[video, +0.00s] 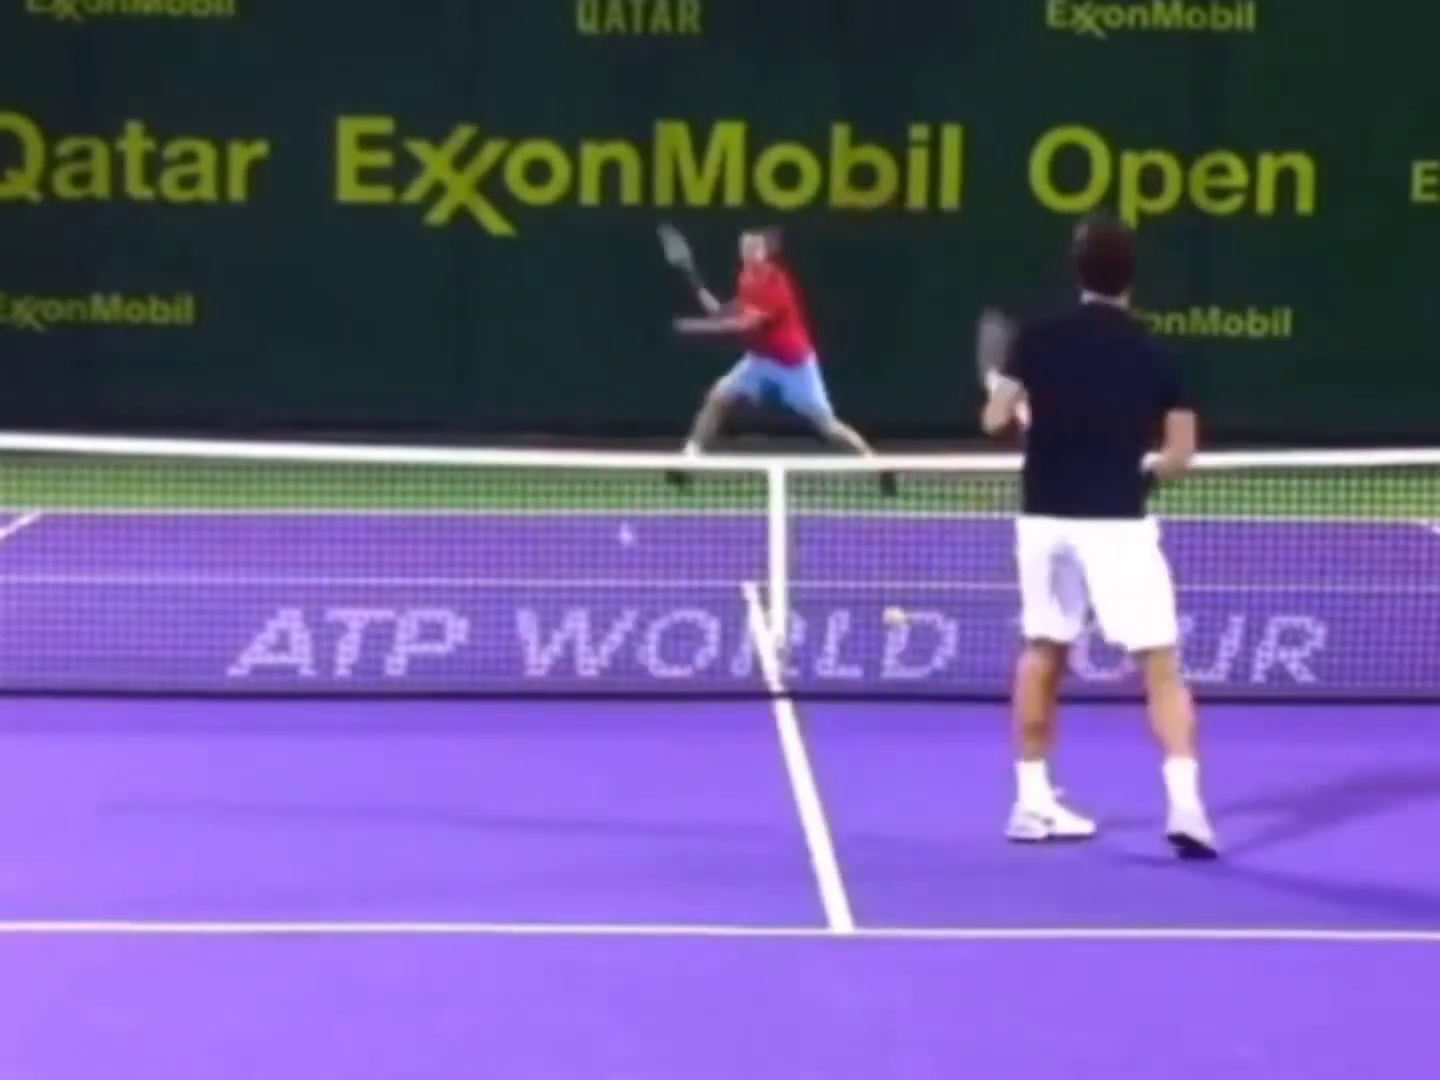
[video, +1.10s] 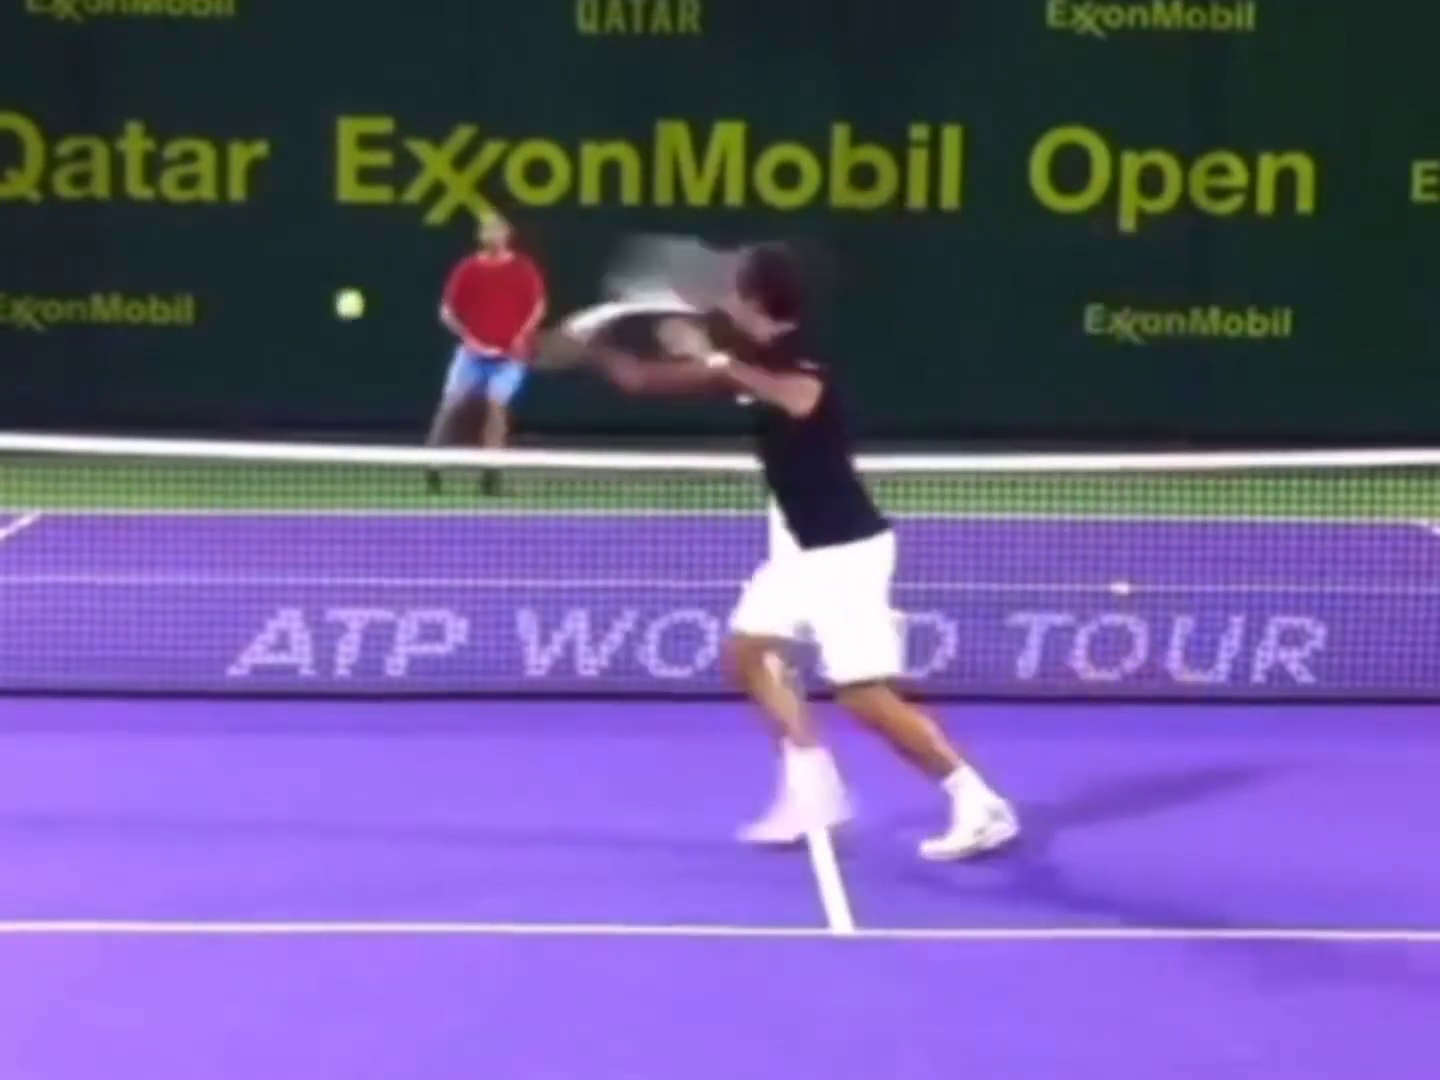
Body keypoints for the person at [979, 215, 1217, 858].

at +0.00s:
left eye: (1092, 266)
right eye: (1121, 268)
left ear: (1075, 275)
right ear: (1132, 277)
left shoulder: (1037, 339)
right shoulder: (1152, 350)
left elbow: (996, 422)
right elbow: (1179, 454)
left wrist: (1023, 414)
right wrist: (1144, 468)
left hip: (1043, 521)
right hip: (1119, 526)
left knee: (1041, 651)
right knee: (1160, 662)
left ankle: (1032, 797)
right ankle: (1185, 800)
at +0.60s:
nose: (1052, 292)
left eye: (1050, 282)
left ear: (1049, 286)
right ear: (1106, 285)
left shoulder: (1037, 345)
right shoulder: (1138, 354)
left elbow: (1006, 436)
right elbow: (1160, 454)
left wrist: (988, 419)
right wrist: (1104, 435)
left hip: (1047, 532)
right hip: (1126, 535)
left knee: (976, 653)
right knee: (1164, 665)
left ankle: (950, 808)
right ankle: (1201, 805)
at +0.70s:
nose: (1005, 299)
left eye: (1007, 290)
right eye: (1010, 289)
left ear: (1014, 296)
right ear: (1066, 296)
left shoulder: (1025, 358)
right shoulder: (1084, 357)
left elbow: (997, 441)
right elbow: (1060, 446)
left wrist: (959, 418)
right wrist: (979, 431)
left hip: (1028, 549)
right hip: (1099, 548)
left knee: (945, 663)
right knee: (1139, 679)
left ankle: (948, 816)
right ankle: (1196, 807)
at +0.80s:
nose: (950, 300)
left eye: (958, 290)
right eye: (954, 289)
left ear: (971, 300)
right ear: (1006, 301)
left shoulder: (983, 359)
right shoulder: (1016, 358)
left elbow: (968, 438)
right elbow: (956, 443)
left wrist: (916, 385)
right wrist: (902, 438)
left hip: (986, 551)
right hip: (1048, 545)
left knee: (910, 669)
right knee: (1099, 671)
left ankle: (981, 803)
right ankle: (1186, 793)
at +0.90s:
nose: (883, 306)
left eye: (890, 298)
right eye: (890, 298)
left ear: (900, 307)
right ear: (929, 308)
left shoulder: (933, 357)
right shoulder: (901, 364)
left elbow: (923, 429)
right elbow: (846, 408)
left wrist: (884, 356)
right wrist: (803, 388)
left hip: (934, 556)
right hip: (983, 546)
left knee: (896, 689)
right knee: (1026, 681)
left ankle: (987, 812)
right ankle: (1134, 769)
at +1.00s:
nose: (817, 312)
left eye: (823, 306)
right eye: (818, 305)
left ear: (839, 320)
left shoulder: (867, 368)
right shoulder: (834, 372)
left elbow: (858, 427)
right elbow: (786, 387)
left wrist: (825, 349)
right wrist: (750, 355)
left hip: (900, 547)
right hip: (896, 544)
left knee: (874, 688)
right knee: (908, 678)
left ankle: (981, 803)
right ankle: (1017, 751)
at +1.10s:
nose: (732, 306)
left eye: (741, 297)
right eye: (733, 297)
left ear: (763, 304)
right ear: (775, 304)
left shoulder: (801, 361)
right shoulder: (750, 363)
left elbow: (801, 399)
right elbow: (653, 378)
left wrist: (729, 368)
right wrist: (596, 347)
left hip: (853, 549)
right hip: (802, 550)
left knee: (861, 691)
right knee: (748, 654)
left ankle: (976, 798)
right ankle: (813, 782)